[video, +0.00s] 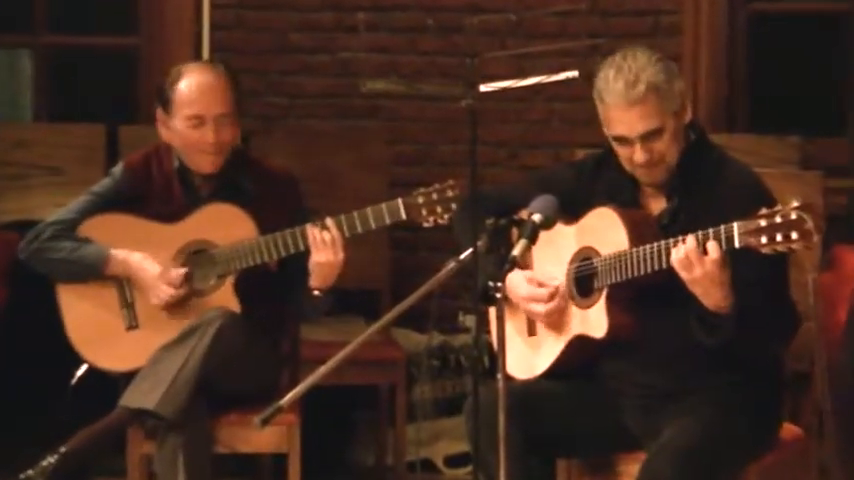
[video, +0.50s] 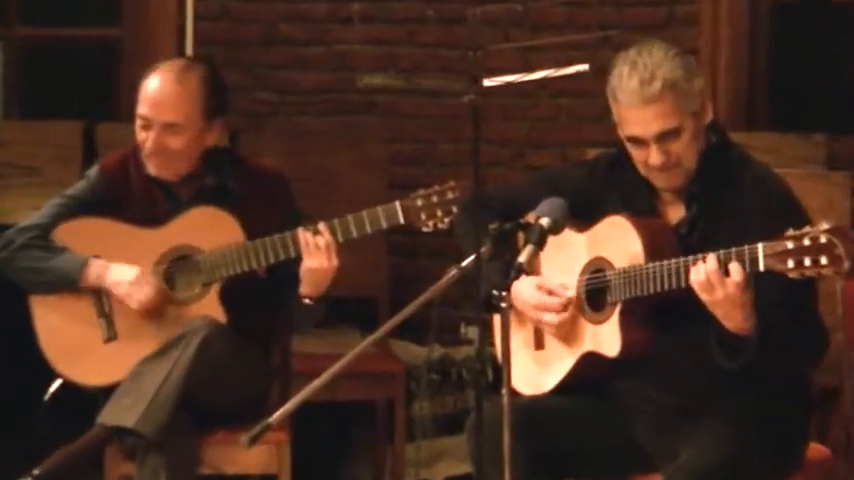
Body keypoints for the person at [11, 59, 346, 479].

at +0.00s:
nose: (213, 137)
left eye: (224, 121)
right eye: (196, 123)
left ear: (239, 122)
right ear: (165, 126)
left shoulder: (273, 189)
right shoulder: (139, 177)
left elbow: (296, 306)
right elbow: (39, 246)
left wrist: (320, 287)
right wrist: (131, 265)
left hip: (251, 361)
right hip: (157, 353)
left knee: (218, 327)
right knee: (183, 420)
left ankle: (86, 445)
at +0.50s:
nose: (152, 143)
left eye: (172, 130)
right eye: (144, 125)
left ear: (214, 132)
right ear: (133, 118)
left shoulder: (263, 190)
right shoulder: (116, 177)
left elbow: (295, 319)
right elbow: (15, 249)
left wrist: (312, 294)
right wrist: (105, 273)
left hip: (237, 375)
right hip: (135, 366)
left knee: (202, 338)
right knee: (162, 442)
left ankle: (90, 448)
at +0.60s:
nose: (142, 144)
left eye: (163, 131)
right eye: (135, 125)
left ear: (207, 133)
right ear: (126, 118)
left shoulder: (256, 188)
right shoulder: (109, 174)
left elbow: (281, 318)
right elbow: (11, 254)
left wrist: (309, 297)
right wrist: (97, 263)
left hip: (232, 379)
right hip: (124, 368)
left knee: (194, 341)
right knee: (157, 453)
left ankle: (82, 453)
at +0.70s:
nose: (137, 143)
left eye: (158, 131)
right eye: (130, 125)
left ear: (203, 133)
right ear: (122, 117)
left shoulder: (254, 188)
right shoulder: (105, 174)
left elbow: (280, 314)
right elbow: (8, 250)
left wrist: (310, 297)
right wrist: (99, 281)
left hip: (230, 382)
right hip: (119, 374)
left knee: (191, 343)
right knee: (151, 451)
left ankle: (74, 459)